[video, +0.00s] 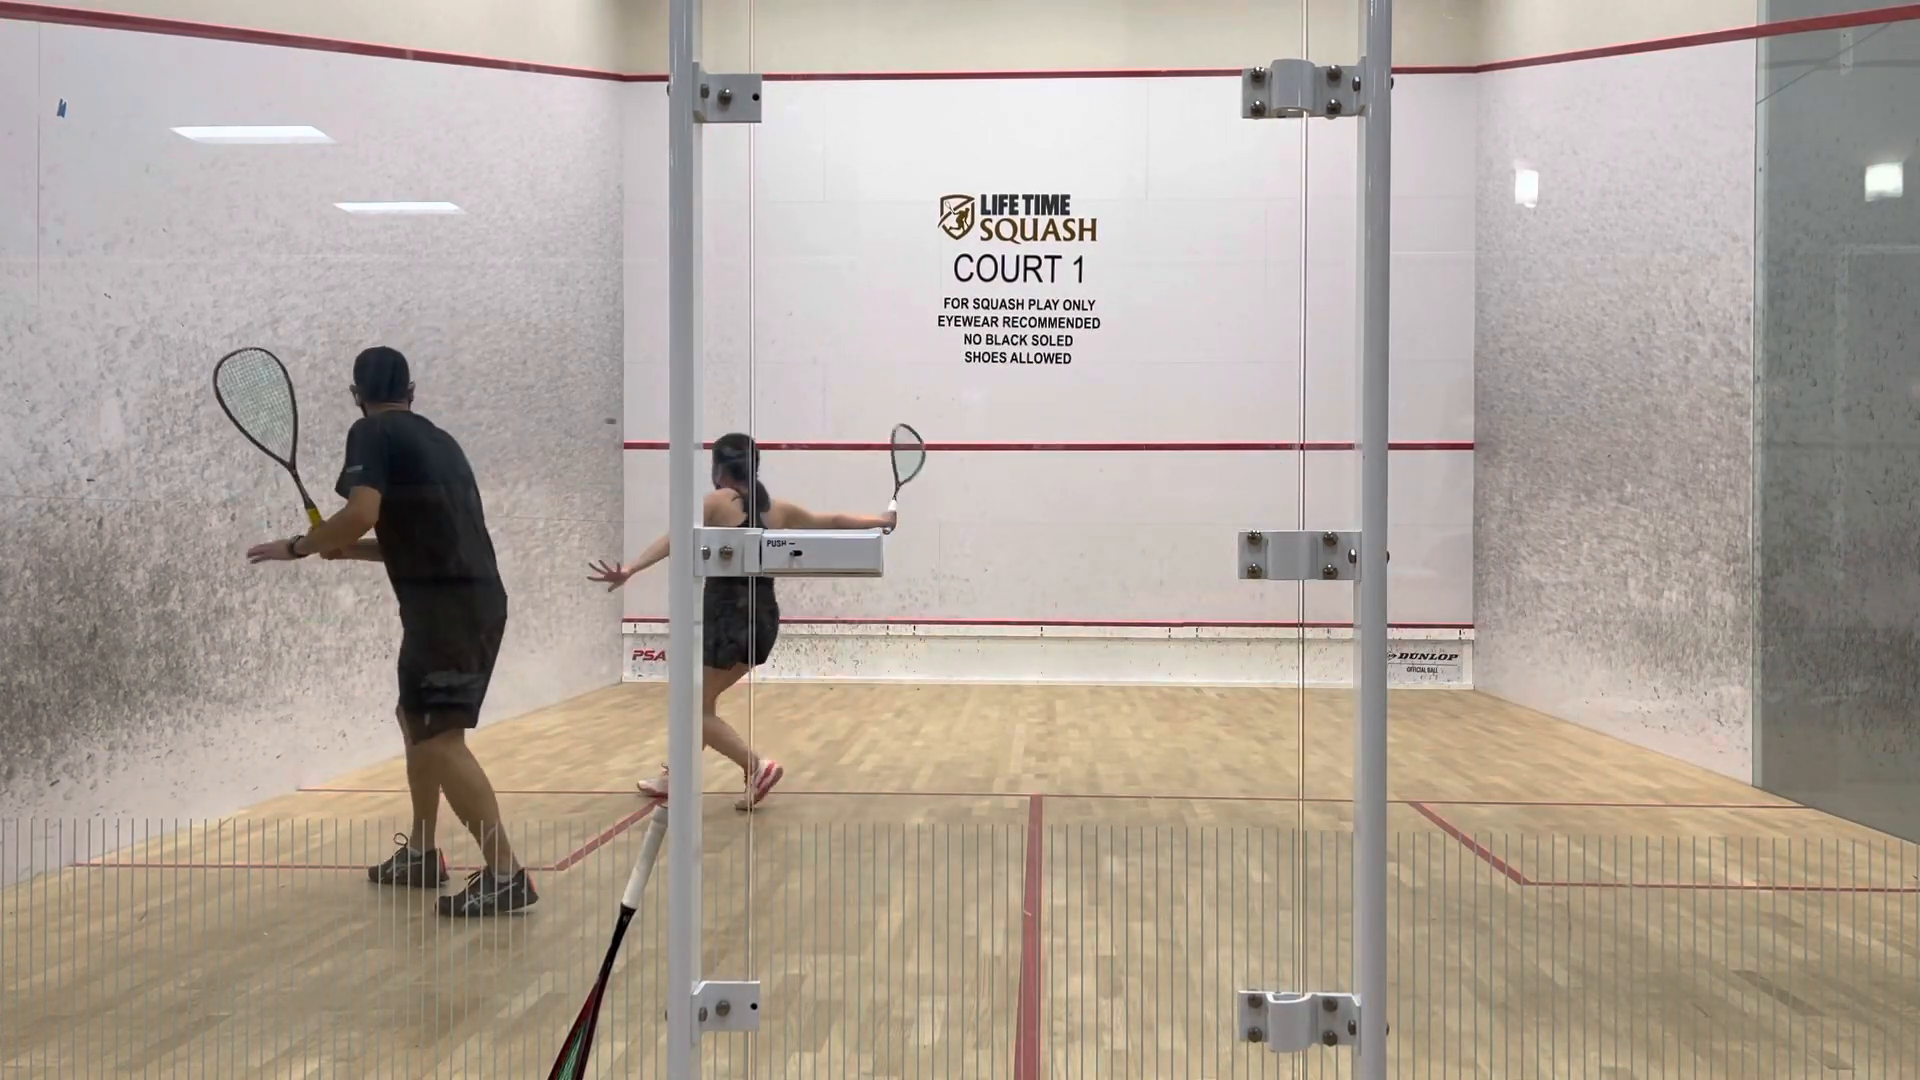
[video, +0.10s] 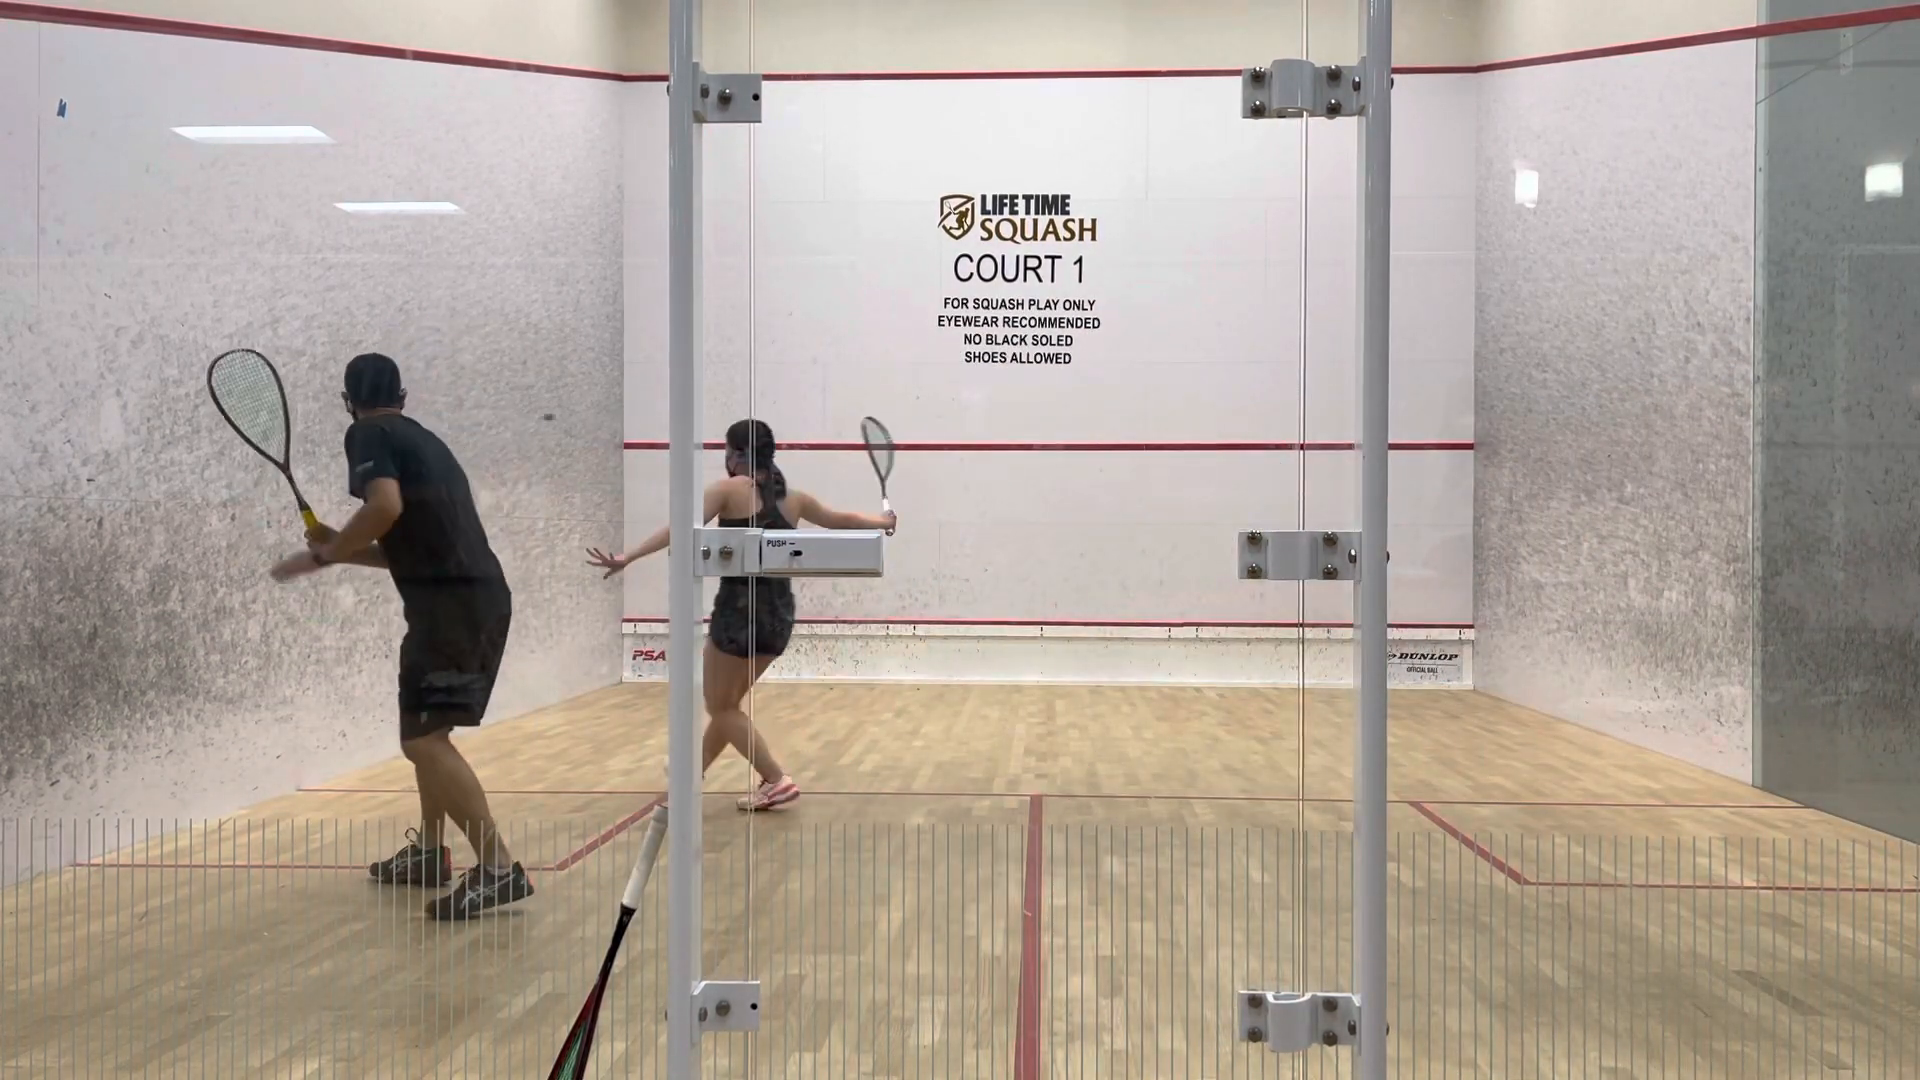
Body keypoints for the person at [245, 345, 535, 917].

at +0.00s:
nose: (360, 404)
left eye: (357, 395)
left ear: (359, 395)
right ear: (411, 393)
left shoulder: (371, 431)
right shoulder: (439, 440)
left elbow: (361, 513)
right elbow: (417, 547)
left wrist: (298, 546)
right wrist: (345, 549)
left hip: (442, 605)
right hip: (476, 601)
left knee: (441, 740)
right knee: (415, 716)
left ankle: (506, 874)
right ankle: (423, 850)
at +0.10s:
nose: (351, 410)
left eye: (348, 402)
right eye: (357, 401)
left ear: (350, 402)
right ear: (400, 398)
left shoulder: (368, 431)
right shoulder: (420, 440)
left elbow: (384, 505)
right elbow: (413, 554)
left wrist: (325, 554)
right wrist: (340, 546)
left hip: (449, 600)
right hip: (472, 596)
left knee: (424, 737)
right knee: (424, 730)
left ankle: (499, 868)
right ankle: (431, 850)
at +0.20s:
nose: (345, 415)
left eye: (341, 407)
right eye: (349, 408)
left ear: (343, 406)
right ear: (394, 401)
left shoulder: (368, 434)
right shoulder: (415, 439)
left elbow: (413, 498)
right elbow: (418, 549)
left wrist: (375, 578)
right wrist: (349, 567)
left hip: (449, 602)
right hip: (473, 599)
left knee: (410, 742)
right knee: (428, 734)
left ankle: (487, 870)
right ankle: (428, 854)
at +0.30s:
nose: (338, 408)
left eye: (335, 399)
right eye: (341, 399)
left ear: (340, 400)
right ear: (391, 394)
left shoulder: (374, 433)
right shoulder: (406, 435)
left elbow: (435, 487)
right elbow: (419, 549)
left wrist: (444, 587)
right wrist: (361, 575)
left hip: (440, 607)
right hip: (458, 606)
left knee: (402, 744)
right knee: (433, 737)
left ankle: (485, 873)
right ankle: (428, 854)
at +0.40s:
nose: (330, 401)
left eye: (329, 390)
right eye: (329, 391)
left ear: (339, 388)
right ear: (384, 381)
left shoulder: (387, 424)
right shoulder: (384, 434)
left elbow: (461, 470)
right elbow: (425, 542)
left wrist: (485, 564)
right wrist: (368, 574)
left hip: (442, 613)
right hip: (439, 611)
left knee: (408, 746)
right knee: (436, 740)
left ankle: (478, 881)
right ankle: (430, 855)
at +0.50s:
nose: (313, 397)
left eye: (315, 384)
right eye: (312, 385)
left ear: (339, 380)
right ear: (356, 378)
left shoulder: (401, 418)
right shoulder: (370, 446)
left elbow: (487, 472)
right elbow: (413, 540)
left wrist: (491, 567)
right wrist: (370, 578)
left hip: (446, 608)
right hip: (411, 613)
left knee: (428, 741)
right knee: (413, 734)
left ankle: (488, 883)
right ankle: (425, 854)